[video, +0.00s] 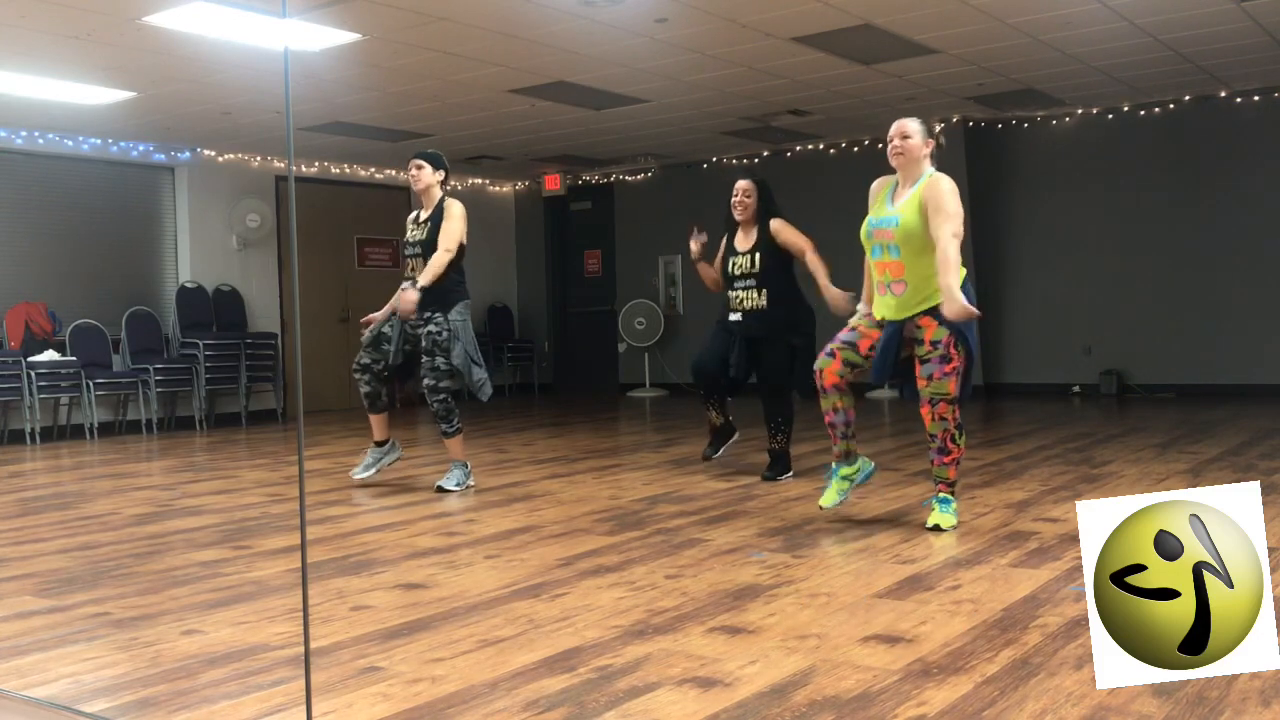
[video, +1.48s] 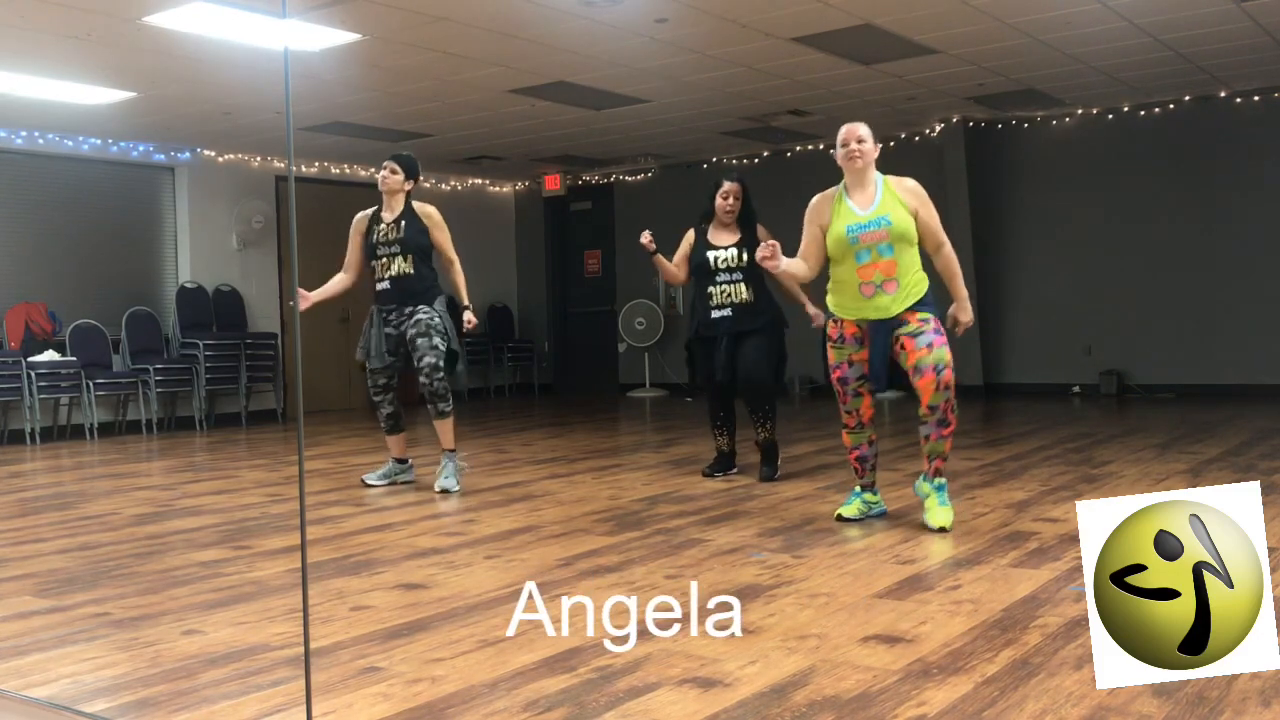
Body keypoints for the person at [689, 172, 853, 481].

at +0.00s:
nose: (738, 200)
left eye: (746, 195)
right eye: (735, 194)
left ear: (759, 201)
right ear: (730, 200)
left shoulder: (774, 228)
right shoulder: (728, 239)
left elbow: (808, 251)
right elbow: (716, 284)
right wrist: (698, 259)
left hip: (775, 326)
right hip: (737, 326)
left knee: (774, 388)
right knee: (705, 368)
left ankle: (780, 458)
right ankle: (721, 428)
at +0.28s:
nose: (738, 200)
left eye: (745, 195)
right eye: (733, 194)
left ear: (757, 199)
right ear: (727, 199)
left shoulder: (776, 233)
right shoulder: (713, 230)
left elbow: (796, 275)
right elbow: (689, 262)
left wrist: (805, 314)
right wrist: (677, 272)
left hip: (768, 329)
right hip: (724, 329)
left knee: (768, 392)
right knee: (725, 392)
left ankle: (777, 457)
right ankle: (728, 456)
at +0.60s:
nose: (728, 198)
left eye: (735, 192)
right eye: (724, 193)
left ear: (750, 197)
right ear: (719, 198)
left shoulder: (769, 233)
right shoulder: (706, 232)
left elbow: (788, 272)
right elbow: (688, 275)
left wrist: (791, 309)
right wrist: (673, 312)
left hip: (762, 326)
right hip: (721, 327)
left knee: (757, 381)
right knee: (724, 388)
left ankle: (776, 448)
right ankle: (727, 455)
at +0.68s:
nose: (729, 198)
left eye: (736, 193)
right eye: (725, 193)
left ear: (751, 198)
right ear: (720, 198)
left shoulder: (770, 234)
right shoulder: (711, 233)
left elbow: (787, 281)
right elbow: (703, 275)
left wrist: (786, 322)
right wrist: (699, 316)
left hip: (762, 330)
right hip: (722, 330)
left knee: (766, 393)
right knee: (726, 393)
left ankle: (779, 458)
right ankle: (728, 456)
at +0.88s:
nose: (730, 198)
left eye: (738, 193)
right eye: (727, 193)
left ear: (753, 199)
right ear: (723, 200)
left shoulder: (766, 228)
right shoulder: (723, 236)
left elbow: (802, 250)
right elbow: (732, 277)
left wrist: (795, 274)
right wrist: (721, 310)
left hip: (768, 327)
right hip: (728, 329)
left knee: (771, 390)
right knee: (703, 378)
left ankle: (781, 459)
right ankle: (719, 439)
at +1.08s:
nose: (740, 198)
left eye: (747, 194)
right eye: (736, 192)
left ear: (756, 199)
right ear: (726, 197)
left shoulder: (769, 224)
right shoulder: (717, 236)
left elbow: (799, 259)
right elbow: (715, 280)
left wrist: (832, 285)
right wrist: (684, 289)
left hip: (768, 323)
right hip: (727, 326)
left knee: (771, 387)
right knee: (719, 387)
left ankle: (781, 459)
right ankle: (724, 455)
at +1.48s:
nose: (729, 203)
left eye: (736, 198)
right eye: (724, 196)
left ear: (743, 202)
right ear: (713, 199)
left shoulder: (755, 232)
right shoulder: (695, 236)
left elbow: (779, 272)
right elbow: (676, 276)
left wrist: (808, 304)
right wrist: (654, 253)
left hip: (755, 328)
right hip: (712, 331)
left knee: (756, 387)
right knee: (717, 392)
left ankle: (768, 454)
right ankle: (725, 456)